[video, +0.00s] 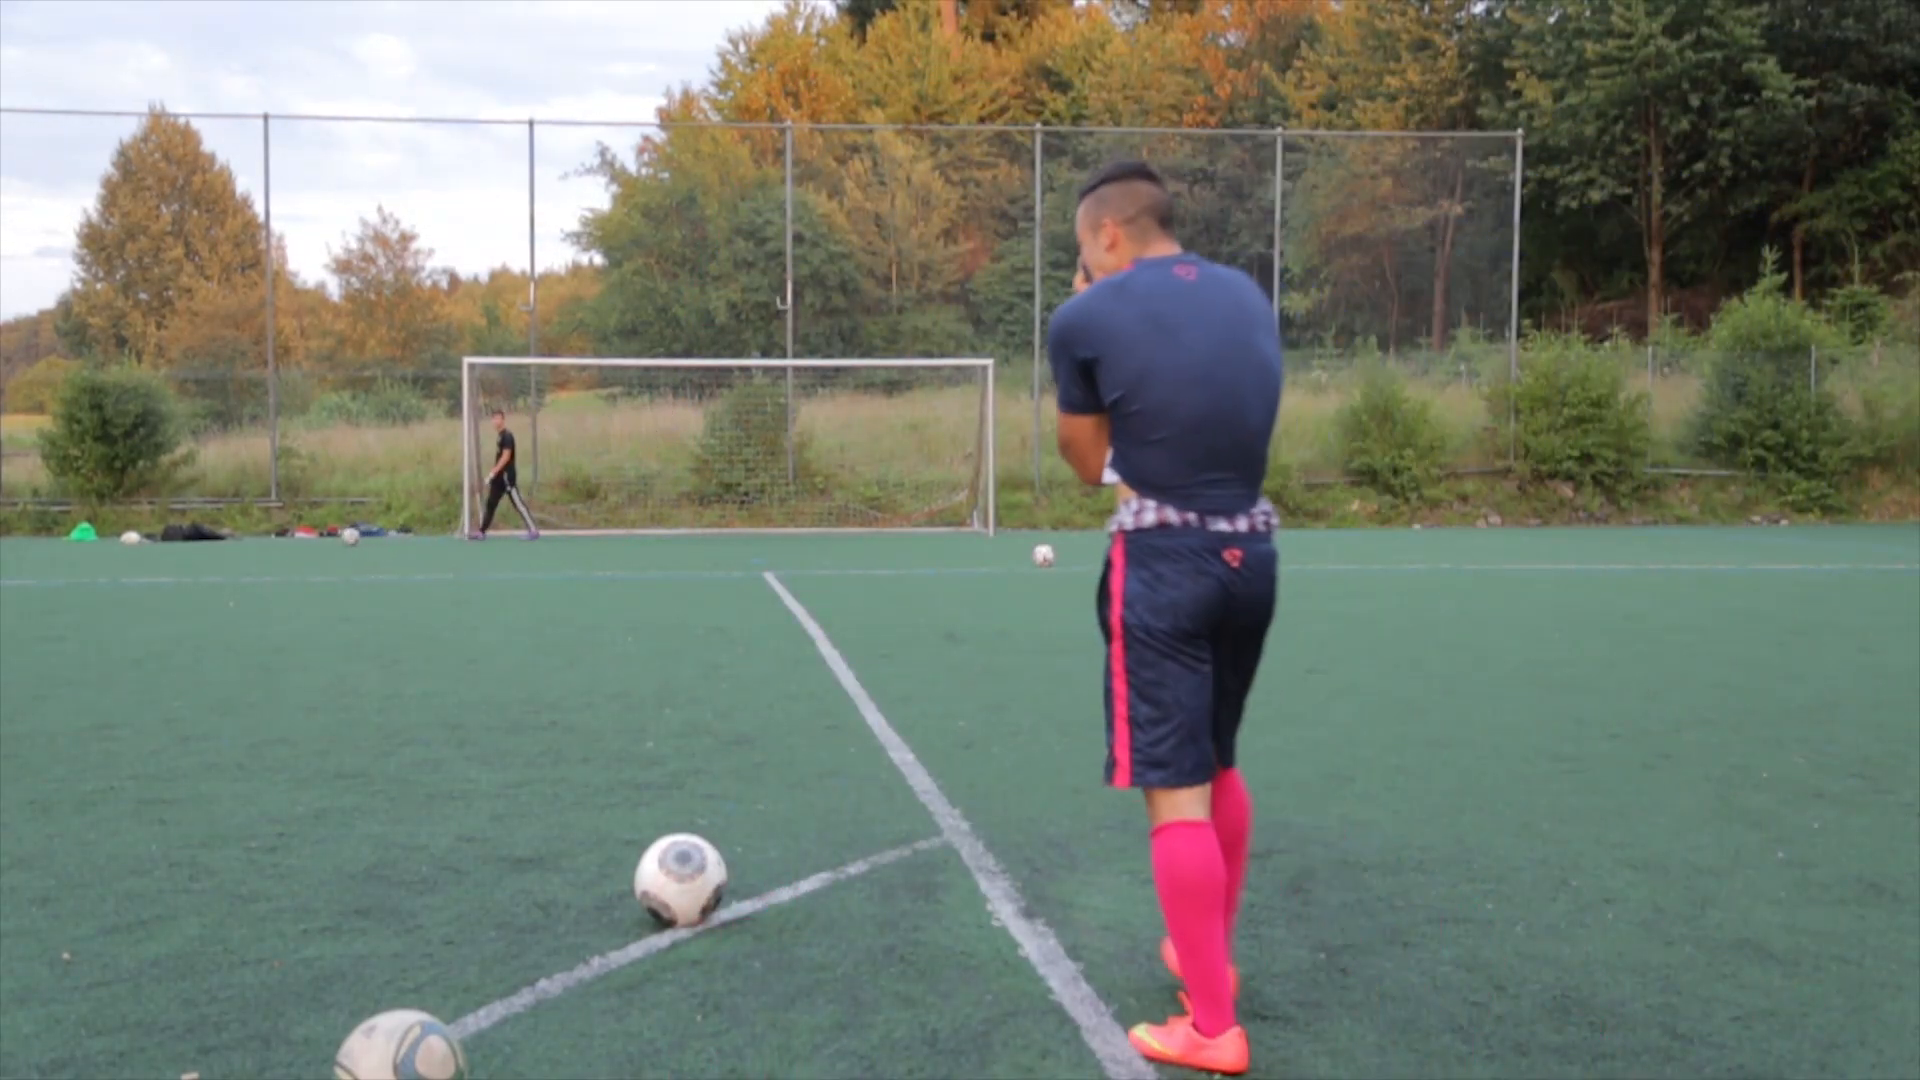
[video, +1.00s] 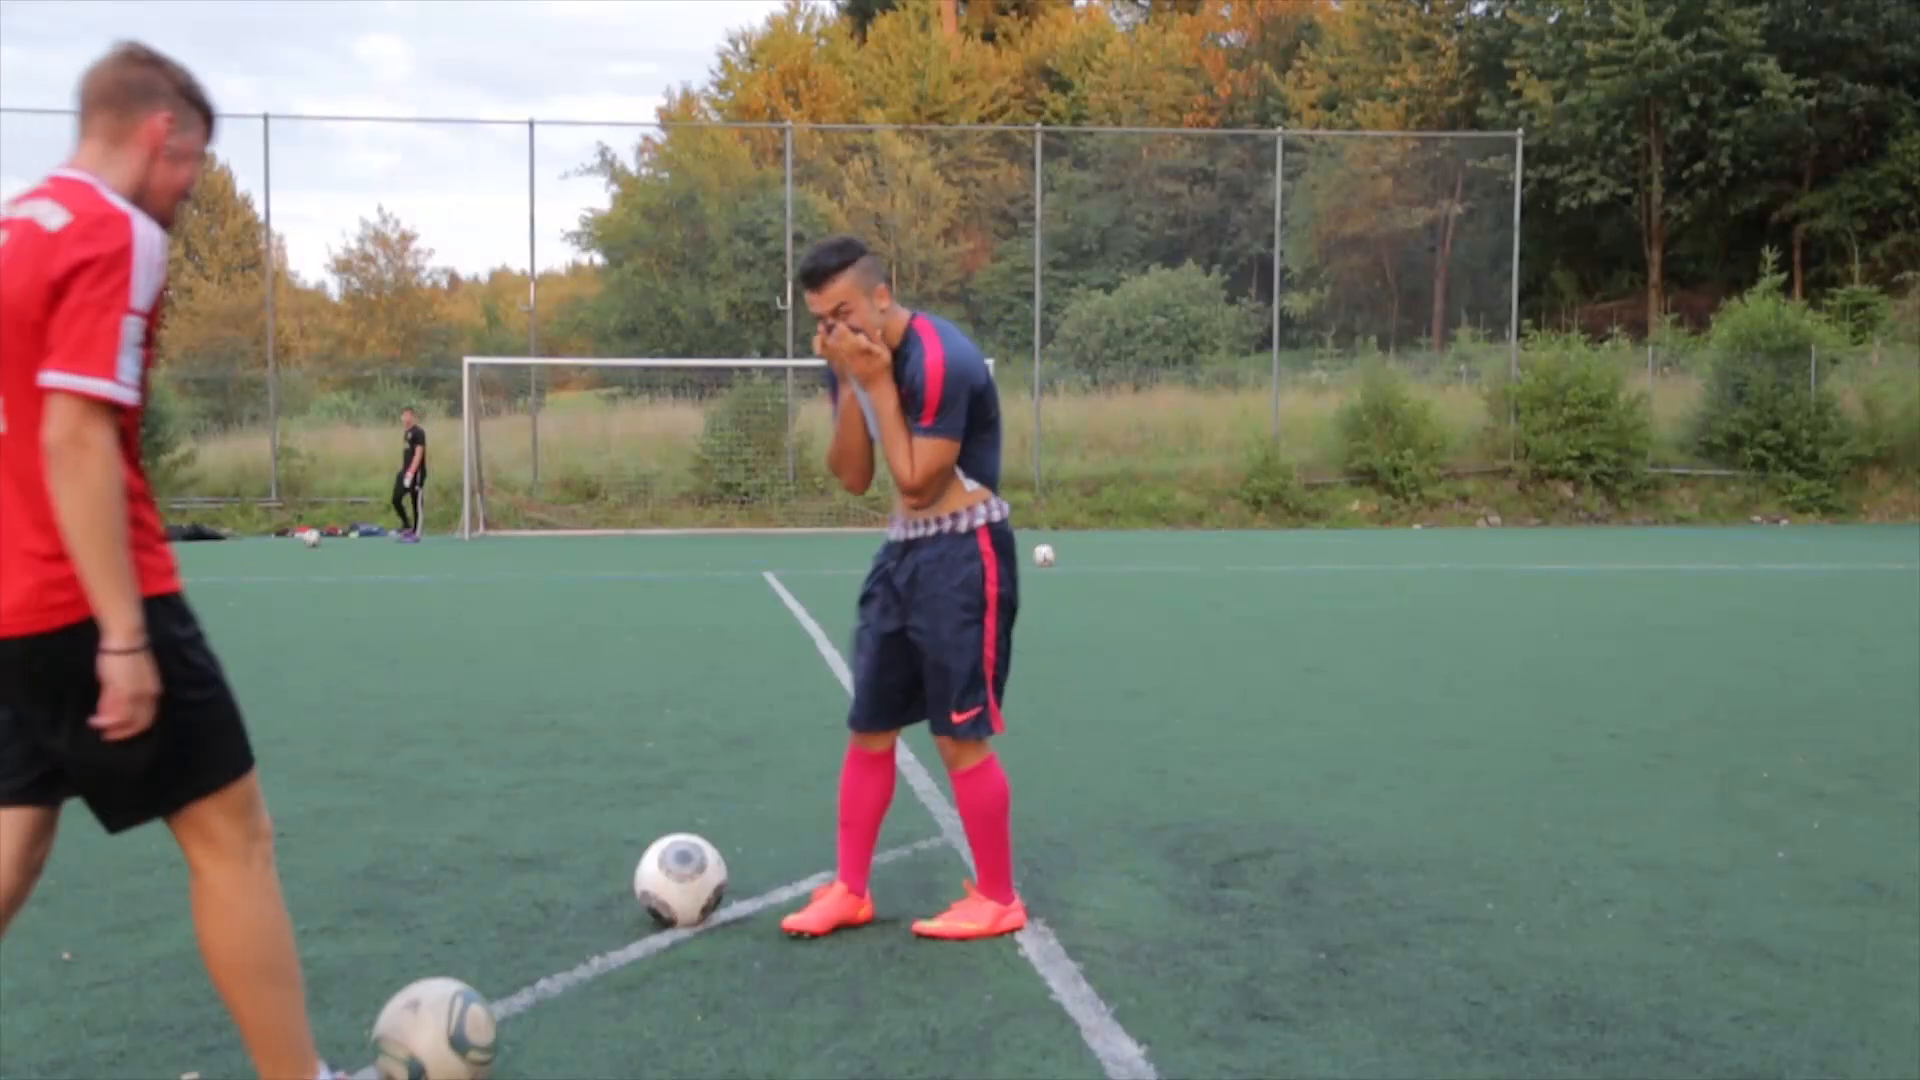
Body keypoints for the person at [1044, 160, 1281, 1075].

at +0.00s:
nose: (1083, 264)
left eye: (1082, 249)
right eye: (1081, 251)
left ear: (1109, 234)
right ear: (1165, 226)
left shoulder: (1086, 317)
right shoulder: (1246, 295)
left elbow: (1090, 461)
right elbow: (1236, 423)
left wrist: (1098, 339)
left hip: (1161, 567)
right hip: (1250, 562)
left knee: (1178, 801)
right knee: (1214, 763)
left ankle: (1214, 1026)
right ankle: (1208, 948)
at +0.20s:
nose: (1039, 306)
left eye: (1038, 293)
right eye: (1037, 294)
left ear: (1067, 279)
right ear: (1113, 274)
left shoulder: (1054, 351)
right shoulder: (1186, 331)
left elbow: (1045, 487)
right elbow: (1174, 450)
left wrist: (1050, 378)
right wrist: (1076, 369)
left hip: (1115, 579)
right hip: (1190, 576)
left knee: (1093, 790)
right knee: (1152, 769)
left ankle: (1197, 970)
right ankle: (1144, 933)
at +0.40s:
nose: (983, 288)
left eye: (986, 271)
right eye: (979, 274)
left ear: (1028, 259)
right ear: (1047, 263)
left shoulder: (1034, 332)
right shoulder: (1117, 316)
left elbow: (1004, 464)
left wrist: (1003, 352)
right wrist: (1014, 336)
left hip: (1072, 555)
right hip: (1139, 552)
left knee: (983, 730)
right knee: (1109, 736)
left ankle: (1095, 899)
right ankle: (1130, 929)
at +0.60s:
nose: (921, 315)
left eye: (926, 298)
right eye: (917, 301)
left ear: (970, 290)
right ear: (986, 289)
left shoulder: (991, 366)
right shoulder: (1047, 340)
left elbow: (956, 487)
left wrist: (956, 376)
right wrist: (965, 378)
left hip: (1023, 574)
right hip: (1073, 567)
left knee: (978, 737)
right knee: (1043, 735)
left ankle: (998, 898)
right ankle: (1124, 878)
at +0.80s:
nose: (878, 327)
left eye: (882, 310)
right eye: (871, 315)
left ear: (922, 297)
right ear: (906, 305)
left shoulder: (969, 367)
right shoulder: (948, 345)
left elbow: (933, 488)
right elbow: (912, 457)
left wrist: (913, 383)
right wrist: (901, 376)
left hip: (999, 559)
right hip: (966, 551)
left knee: (961, 733)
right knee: (914, 708)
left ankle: (997, 897)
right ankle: (1021, 843)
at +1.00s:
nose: (841, 333)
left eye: (847, 314)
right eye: (828, 321)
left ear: (886, 298)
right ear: (825, 323)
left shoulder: (945, 359)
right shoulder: (860, 362)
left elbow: (918, 481)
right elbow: (855, 478)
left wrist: (875, 385)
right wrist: (848, 384)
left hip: (964, 554)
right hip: (903, 553)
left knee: (962, 734)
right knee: (871, 727)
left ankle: (997, 897)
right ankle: (850, 888)